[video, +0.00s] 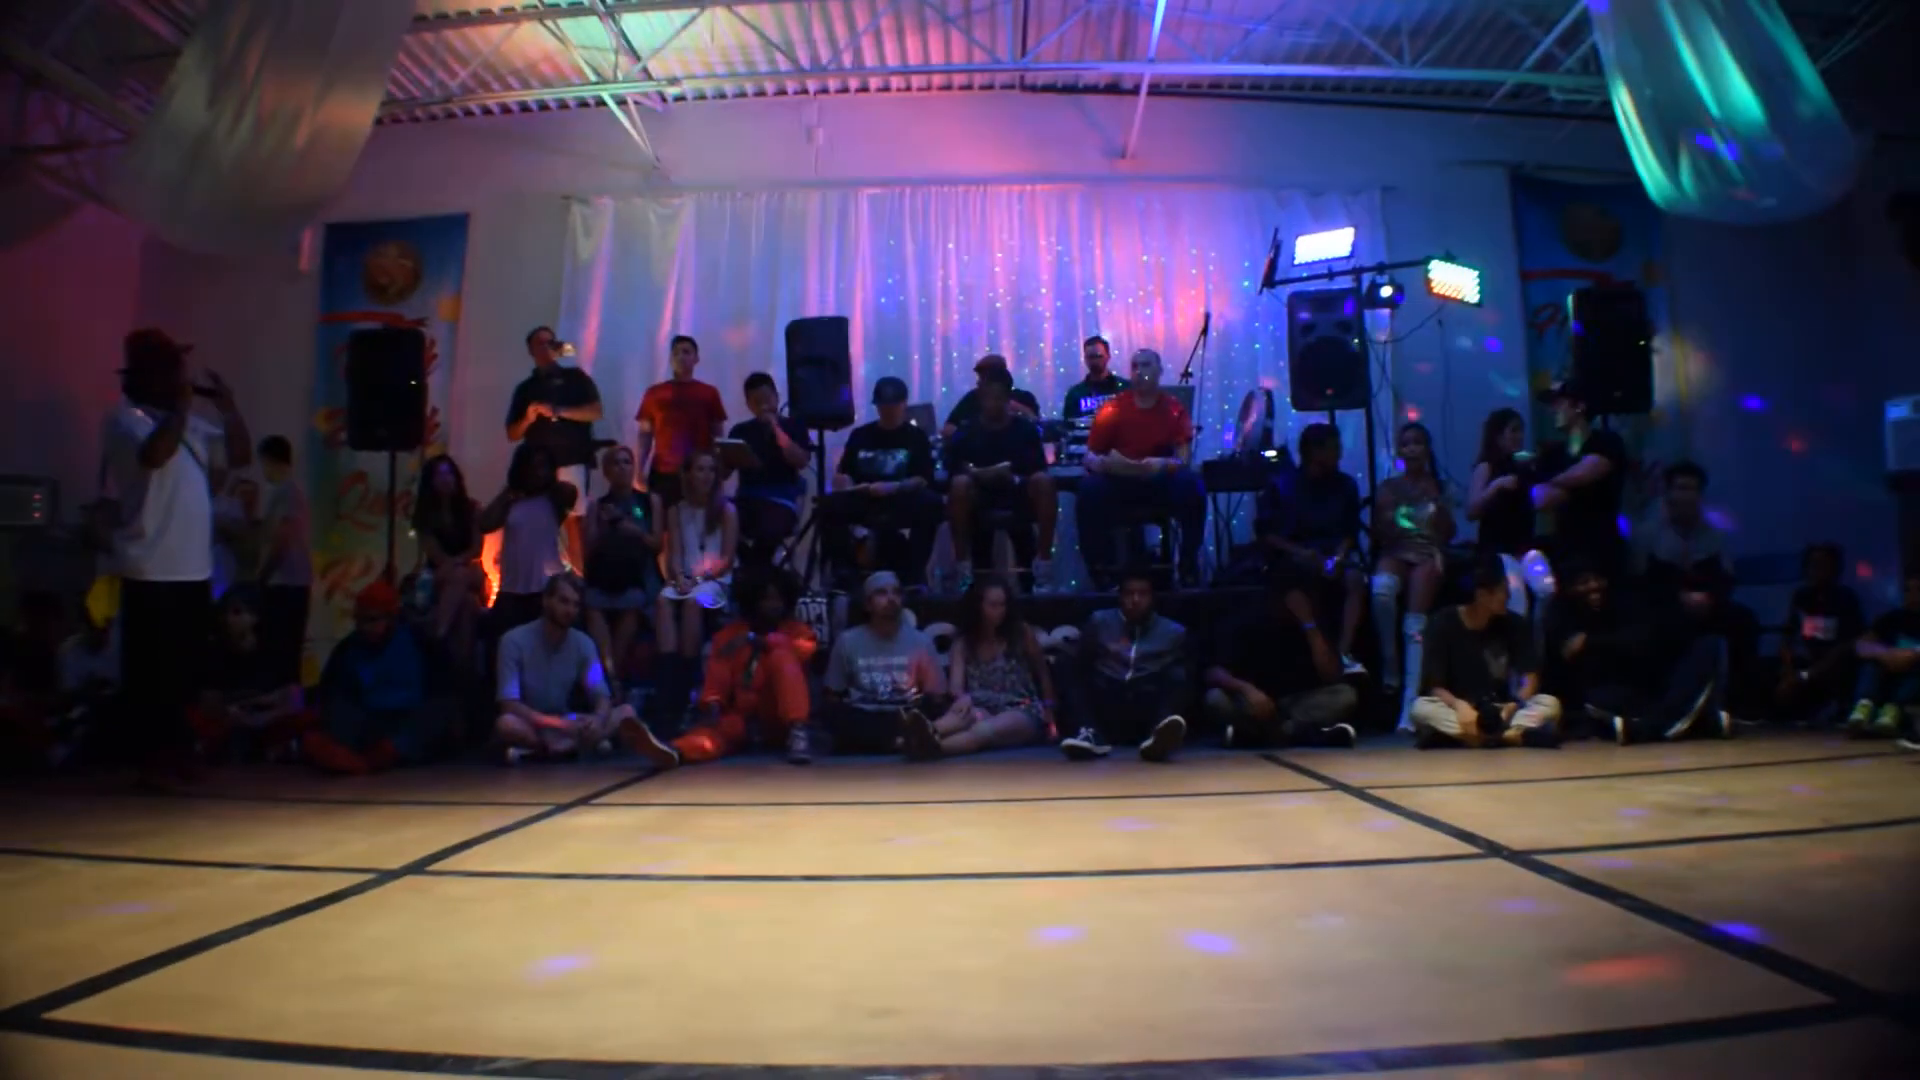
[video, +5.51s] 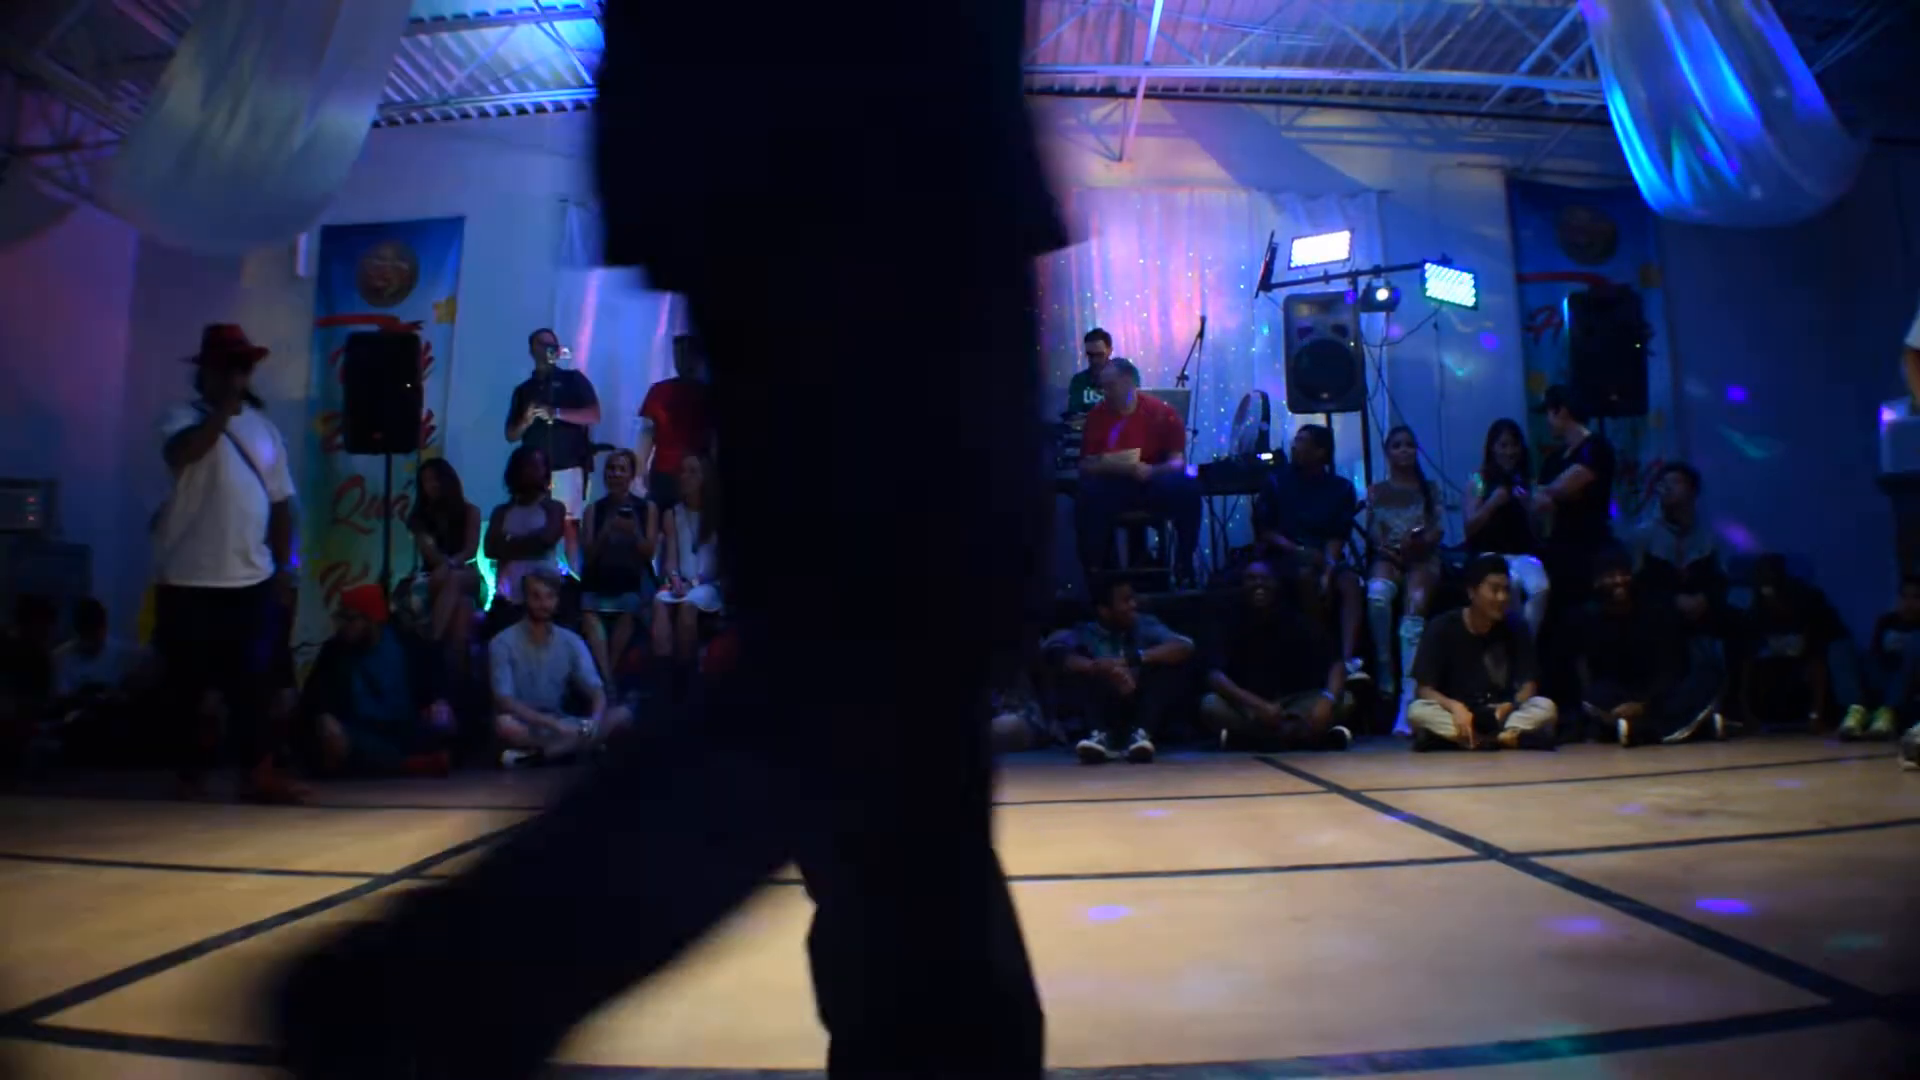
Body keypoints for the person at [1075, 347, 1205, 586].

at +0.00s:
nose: (1139, 372)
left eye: (1146, 366)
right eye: (1135, 366)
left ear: (1159, 371)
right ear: (1130, 373)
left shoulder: (1174, 410)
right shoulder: (1112, 409)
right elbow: (1090, 457)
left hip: (1158, 482)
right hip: (1119, 481)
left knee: (1193, 488)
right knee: (1090, 492)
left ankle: (1189, 568)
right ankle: (1100, 574)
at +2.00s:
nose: (1124, 402)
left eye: (1130, 396)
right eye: (1120, 395)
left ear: (1143, 391)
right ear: (1113, 391)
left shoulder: (1165, 414)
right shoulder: (1096, 417)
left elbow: (1180, 461)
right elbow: (1084, 466)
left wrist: (1150, 472)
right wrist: (1113, 469)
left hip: (1155, 483)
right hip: (1115, 485)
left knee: (1187, 491)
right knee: (1095, 492)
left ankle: (1184, 569)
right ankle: (1099, 574)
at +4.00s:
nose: (1122, 405)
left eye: (1128, 399)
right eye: (1118, 399)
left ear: (1141, 392)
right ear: (1111, 394)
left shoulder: (1166, 415)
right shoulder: (1096, 418)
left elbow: (1180, 461)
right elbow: (1086, 464)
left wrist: (1151, 473)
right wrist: (1108, 471)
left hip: (1155, 484)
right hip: (1115, 484)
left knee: (1190, 490)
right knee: (1094, 495)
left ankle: (1185, 566)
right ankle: (1097, 574)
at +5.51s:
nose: (1105, 392)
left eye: (1110, 385)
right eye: (1103, 386)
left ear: (1130, 382)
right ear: (1101, 387)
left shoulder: (1162, 413)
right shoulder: (1096, 417)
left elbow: (1178, 461)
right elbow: (1086, 464)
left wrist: (1152, 470)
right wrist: (1111, 466)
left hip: (1151, 482)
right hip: (1112, 483)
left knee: (1188, 489)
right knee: (1088, 496)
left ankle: (1184, 566)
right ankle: (1097, 572)